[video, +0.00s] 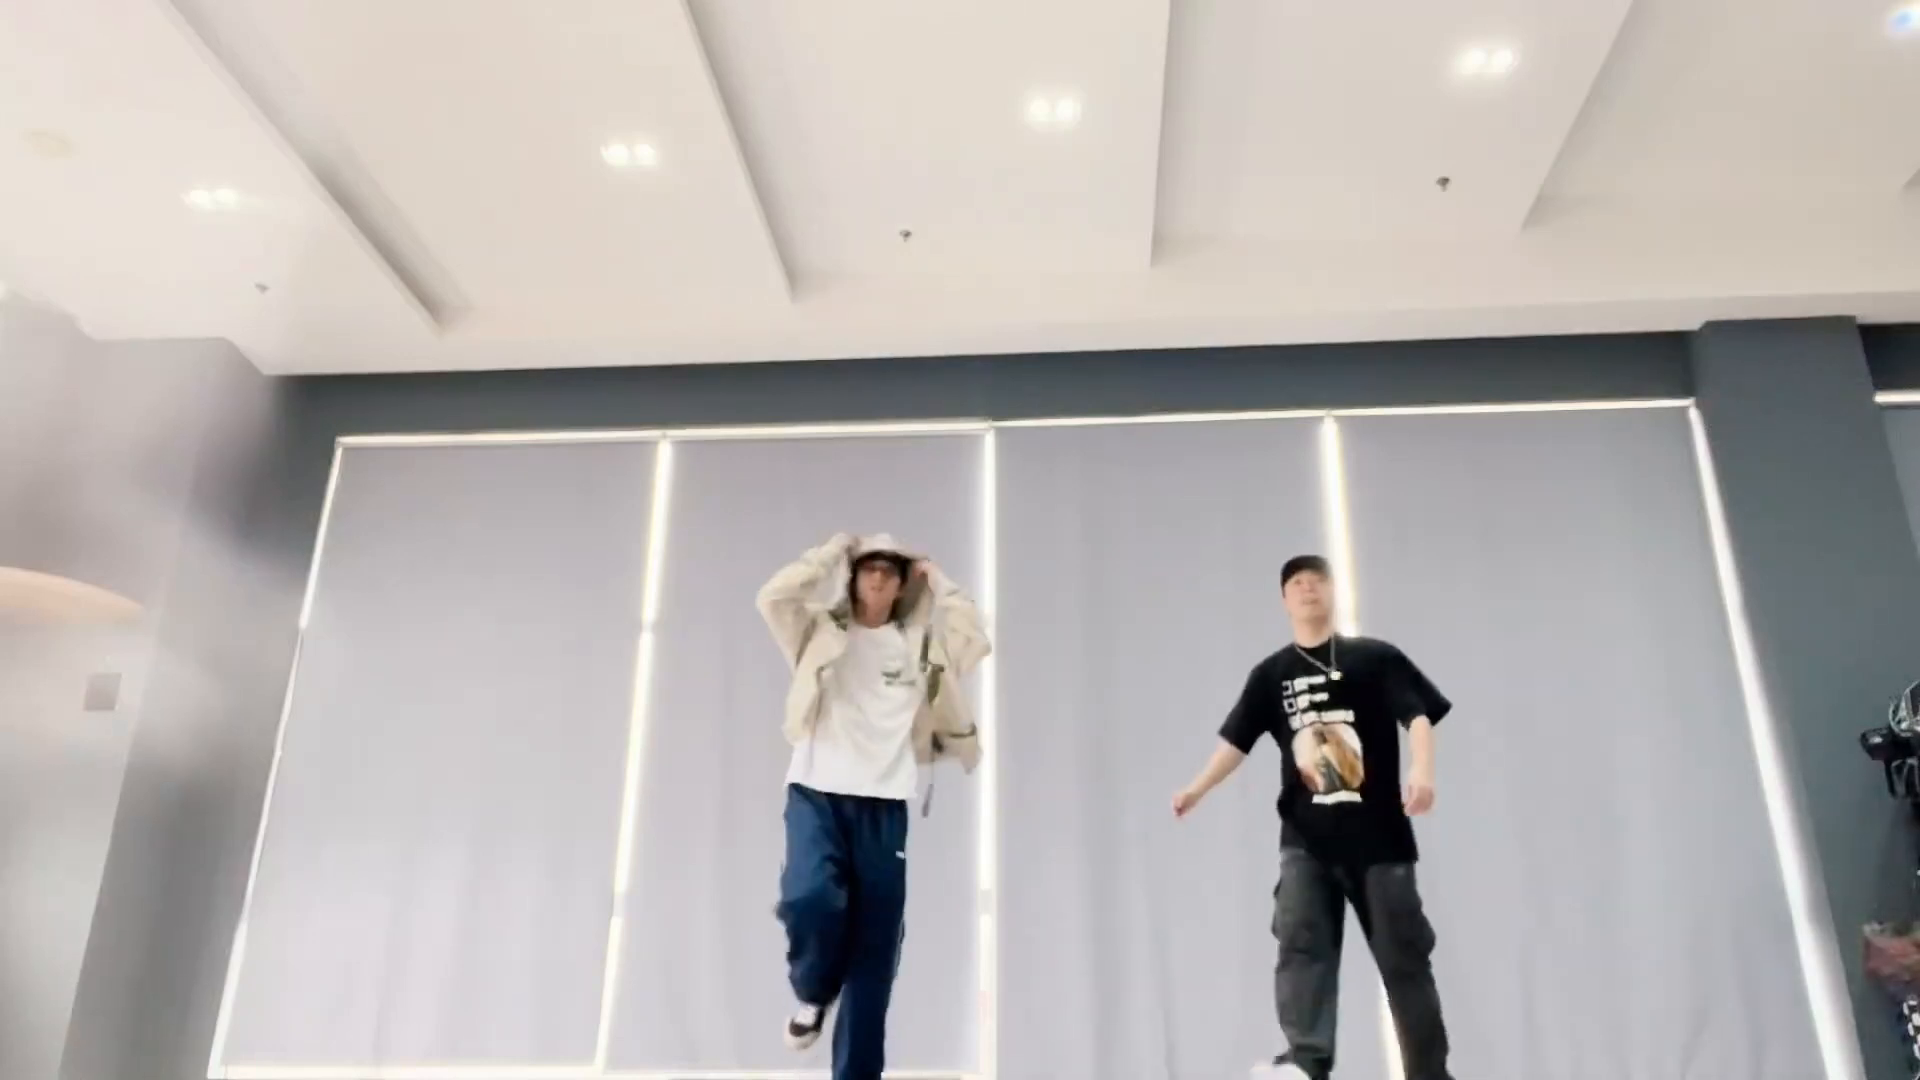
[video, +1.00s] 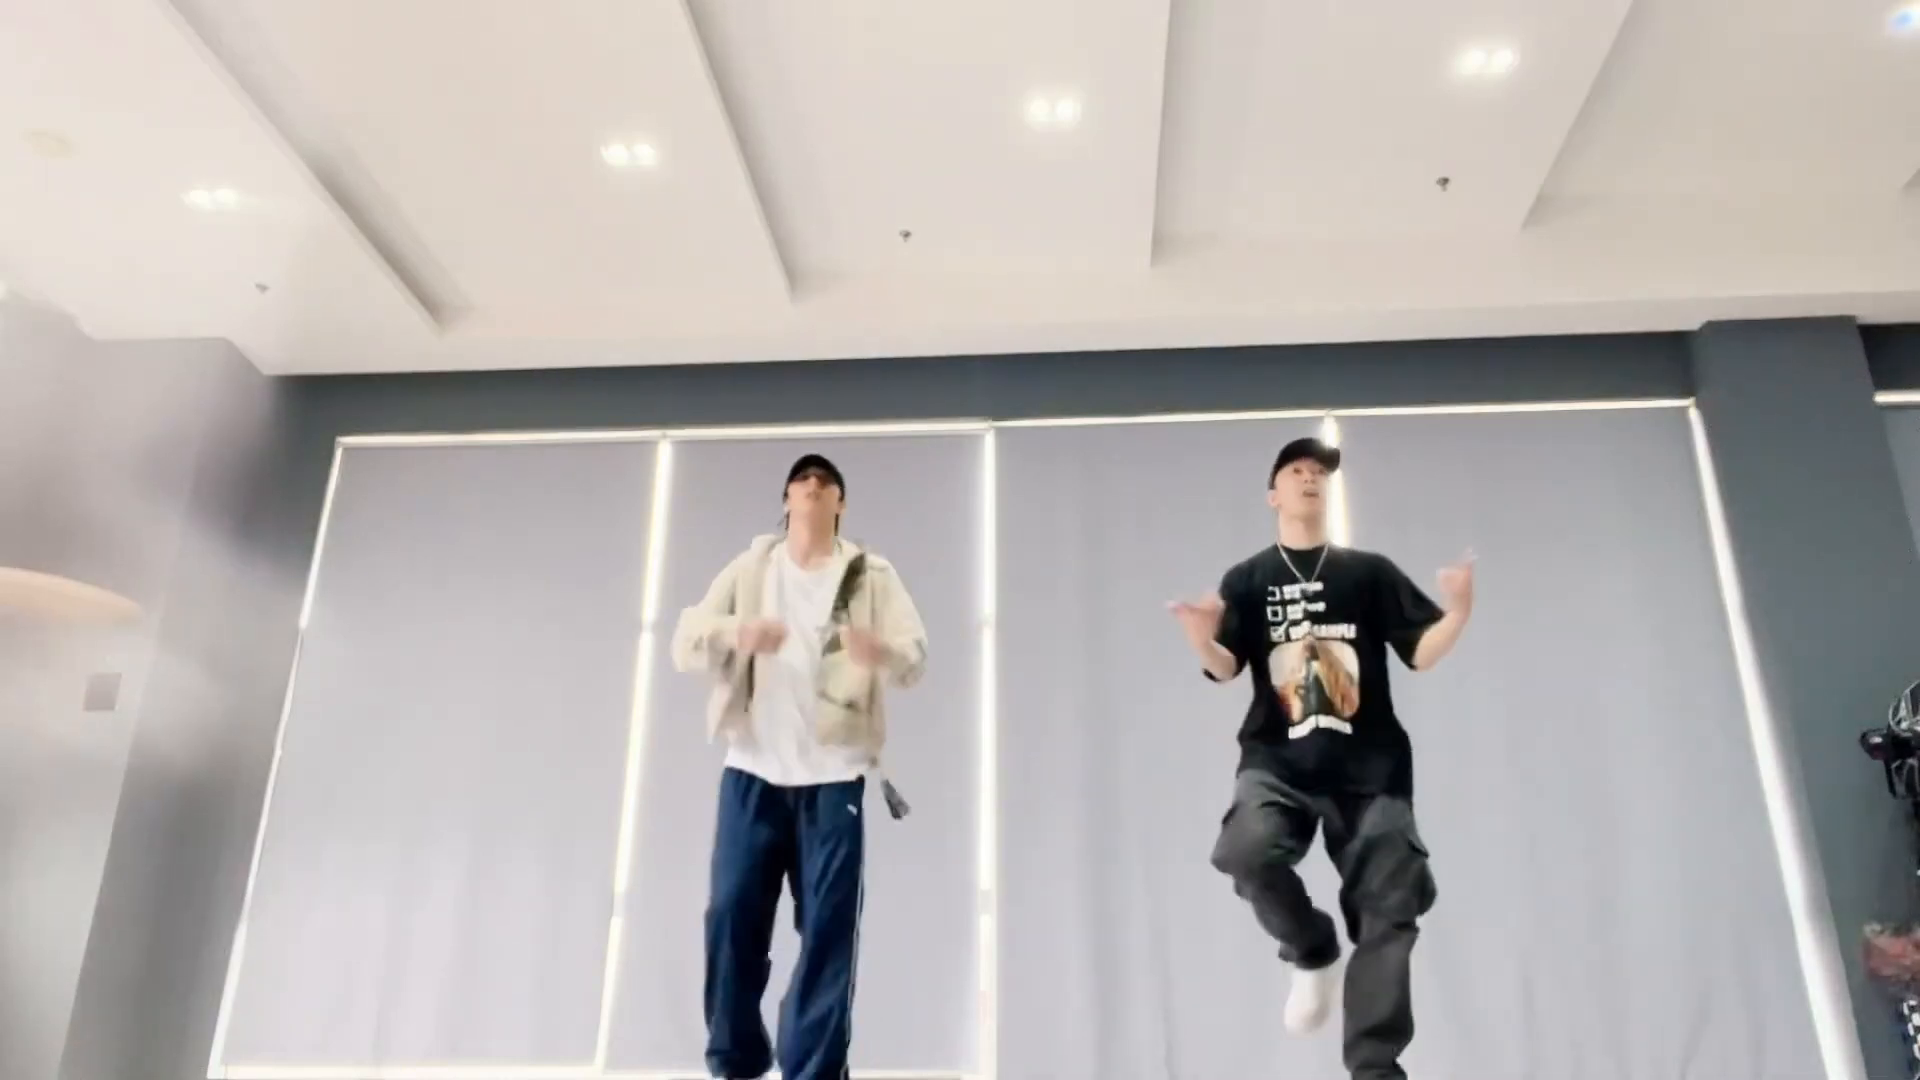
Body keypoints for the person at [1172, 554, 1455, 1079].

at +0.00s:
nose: (1309, 589)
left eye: (1317, 580)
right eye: (1297, 584)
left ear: (1333, 592)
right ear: (1285, 601)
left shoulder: (1376, 658)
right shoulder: (1270, 675)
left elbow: (1418, 717)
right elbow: (1236, 741)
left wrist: (1421, 774)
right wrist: (1197, 788)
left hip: (1378, 833)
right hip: (1308, 838)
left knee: (1402, 953)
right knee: (1300, 943)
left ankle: (1429, 1072)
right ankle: (1306, 1061)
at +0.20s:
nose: (1299, 582)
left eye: (1309, 574)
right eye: (1287, 576)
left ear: (1325, 590)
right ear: (1272, 595)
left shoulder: (1361, 657)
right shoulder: (1258, 676)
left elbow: (1409, 717)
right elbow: (1262, 756)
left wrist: (1411, 765)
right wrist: (1244, 808)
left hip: (1371, 837)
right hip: (1298, 842)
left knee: (1399, 947)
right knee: (1294, 944)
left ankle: (1428, 1070)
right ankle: (1301, 1071)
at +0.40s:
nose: (1301, 549)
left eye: (1310, 542)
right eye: (1290, 542)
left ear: (1322, 559)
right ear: (1267, 559)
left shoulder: (1349, 640)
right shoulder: (1238, 638)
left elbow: (1370, 729)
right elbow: (1226, 724)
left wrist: (1381, 764)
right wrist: (1241, 795)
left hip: (1361, 813)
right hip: (1288, 821)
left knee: (1418, 900)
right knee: (1274, 929)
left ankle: (1374, 1031)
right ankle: (1301, 1072)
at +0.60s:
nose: (1312, 530)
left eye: (1319, 524)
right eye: (1299, 523)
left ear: (1328, 541)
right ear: (1273, 541)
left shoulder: (1348, 630)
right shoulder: (1244, 612)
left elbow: (1347, 709)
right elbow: (1223, 700)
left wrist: (1367, 738)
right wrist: (1243, 780)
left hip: (1344, 798)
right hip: (1276, 803)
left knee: (1356, 924)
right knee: (1284, 944)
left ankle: (1388, 1056)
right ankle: (1292, 1074)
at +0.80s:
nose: (1311, 503)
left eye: (1320, 496)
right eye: (1298, 495)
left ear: (1330, 513)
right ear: (1276, 514)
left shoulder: (1364, 600)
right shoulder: (1242, 594)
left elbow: (1407, 681)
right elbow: (1222, 674)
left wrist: (1390, 723)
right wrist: (1246, 743)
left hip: (1355, 781)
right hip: (1275, 783)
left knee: (1365, 913)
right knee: (1278, 919)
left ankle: (1371, 1062)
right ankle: (1287, 1064)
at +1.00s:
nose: (1309, 481)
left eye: (1318, 475)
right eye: (1296, 473)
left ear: (1331, 493)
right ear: (1273, 493)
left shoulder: (1371, 571)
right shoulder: (1246, 580)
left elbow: (1421, 653)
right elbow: (1227, 670)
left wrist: (1457, 611)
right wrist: (1204, 641)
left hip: (1367, 762)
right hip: (1277, 759)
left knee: (1389, 901)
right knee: (1248, 853)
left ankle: (1376, 1064)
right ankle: (1315, 956)